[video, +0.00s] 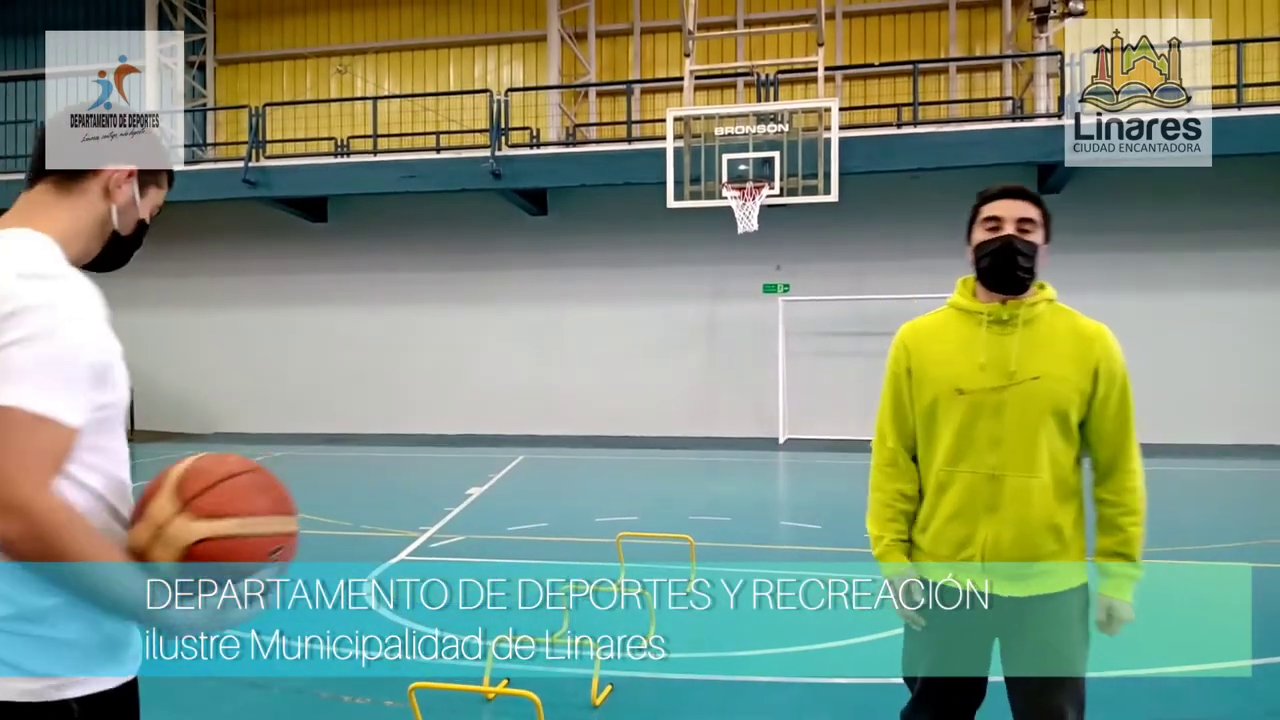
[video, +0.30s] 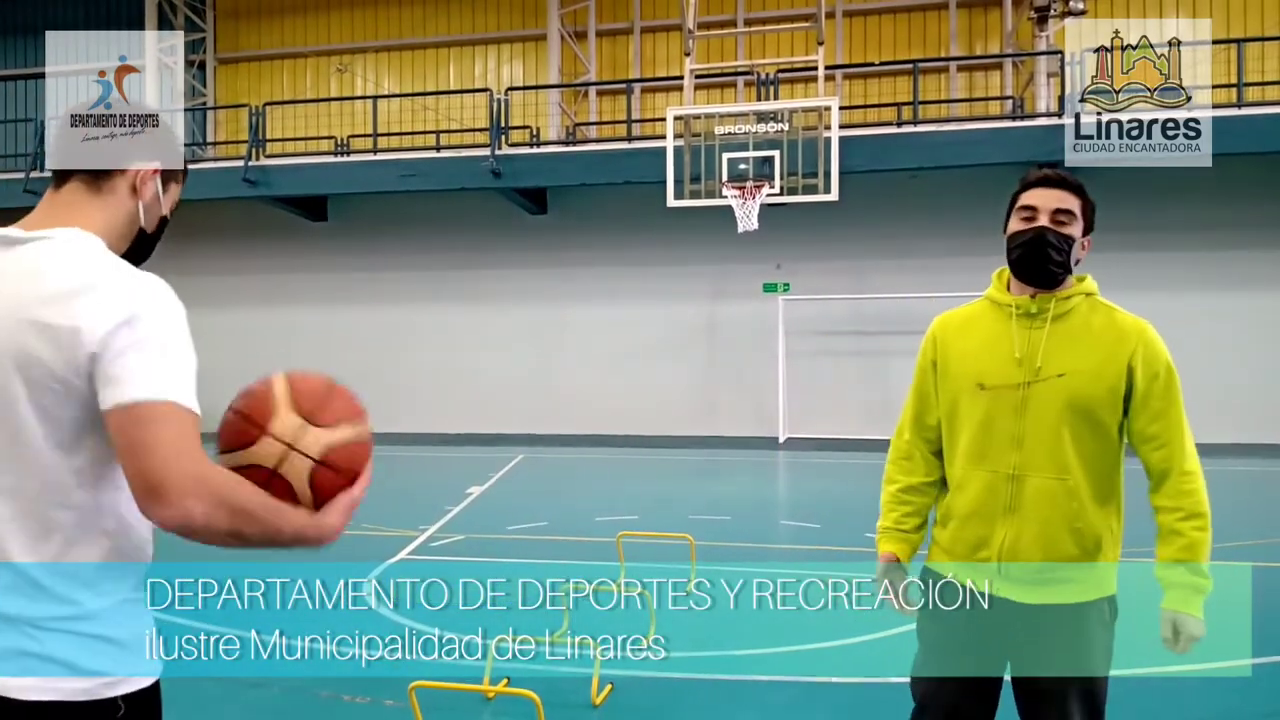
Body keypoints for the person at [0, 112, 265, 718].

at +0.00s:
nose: (140, 229)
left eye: (153, 213)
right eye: (151, 209)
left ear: (50, 169)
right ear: (120, 182)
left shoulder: (16, 268)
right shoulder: (54, 297)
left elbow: (29, 483)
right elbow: (13, 502)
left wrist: (127, 527)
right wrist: (134, 571)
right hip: (54, 684)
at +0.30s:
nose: (165, 215)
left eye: (174, 197)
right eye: (173, 193)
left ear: (60, 169)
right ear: (143, 177)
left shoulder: (7, 253)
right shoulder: (124, 298)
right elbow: (173, 491)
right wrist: (313, 526)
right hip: (77, 674)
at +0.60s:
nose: (176, 204)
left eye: (181, 187)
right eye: (180, 185)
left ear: (72, 170)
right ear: (156, 177)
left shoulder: (6, 256)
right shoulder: (163, 301)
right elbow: (214, 506)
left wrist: (218, 454)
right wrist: (286, 548)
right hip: (88, 665)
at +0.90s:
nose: (171, 209)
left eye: (174, 193)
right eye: (172, 191)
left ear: (68, 186)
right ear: (148, 185)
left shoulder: (6, 276)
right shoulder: (157, 296)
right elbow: (162, 497)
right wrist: (222, 577)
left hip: (7, 634)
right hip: (112, 642)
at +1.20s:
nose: (179, 212)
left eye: (181, 196)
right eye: (180, 194)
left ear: (82, 192)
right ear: (159, 191)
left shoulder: (12, 287)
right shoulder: (166, 293)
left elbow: (33, 469)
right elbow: (177, 470)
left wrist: (169, 517)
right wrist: (255, 525)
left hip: (14, 627)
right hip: (129, 631)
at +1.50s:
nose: (222, 219)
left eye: (225, 205)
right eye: (224, 202)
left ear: (131, 194)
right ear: (208, 193)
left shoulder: (27, 308)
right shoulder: (214, 287)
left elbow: (12, 473)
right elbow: (239, 432)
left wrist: (78, 530)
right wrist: (278, 510)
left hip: (60, 625)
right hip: (188, 623)